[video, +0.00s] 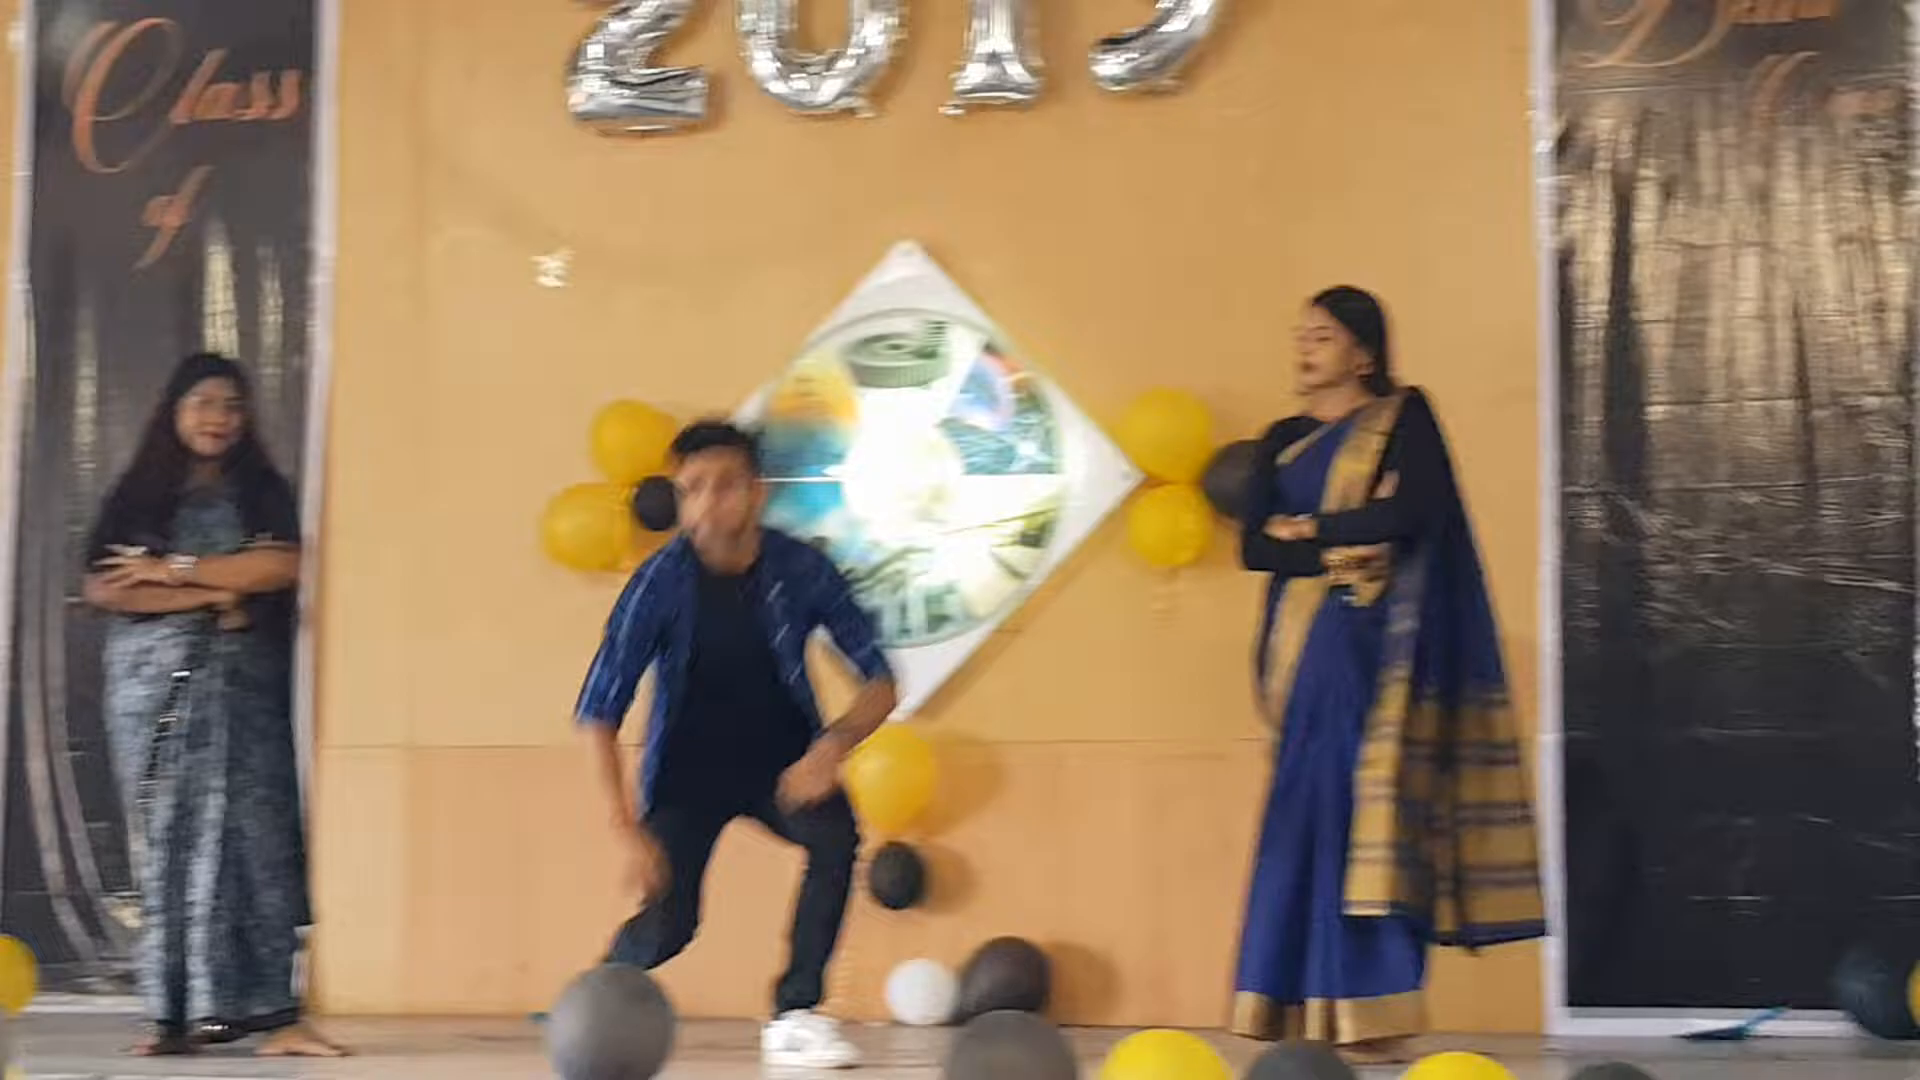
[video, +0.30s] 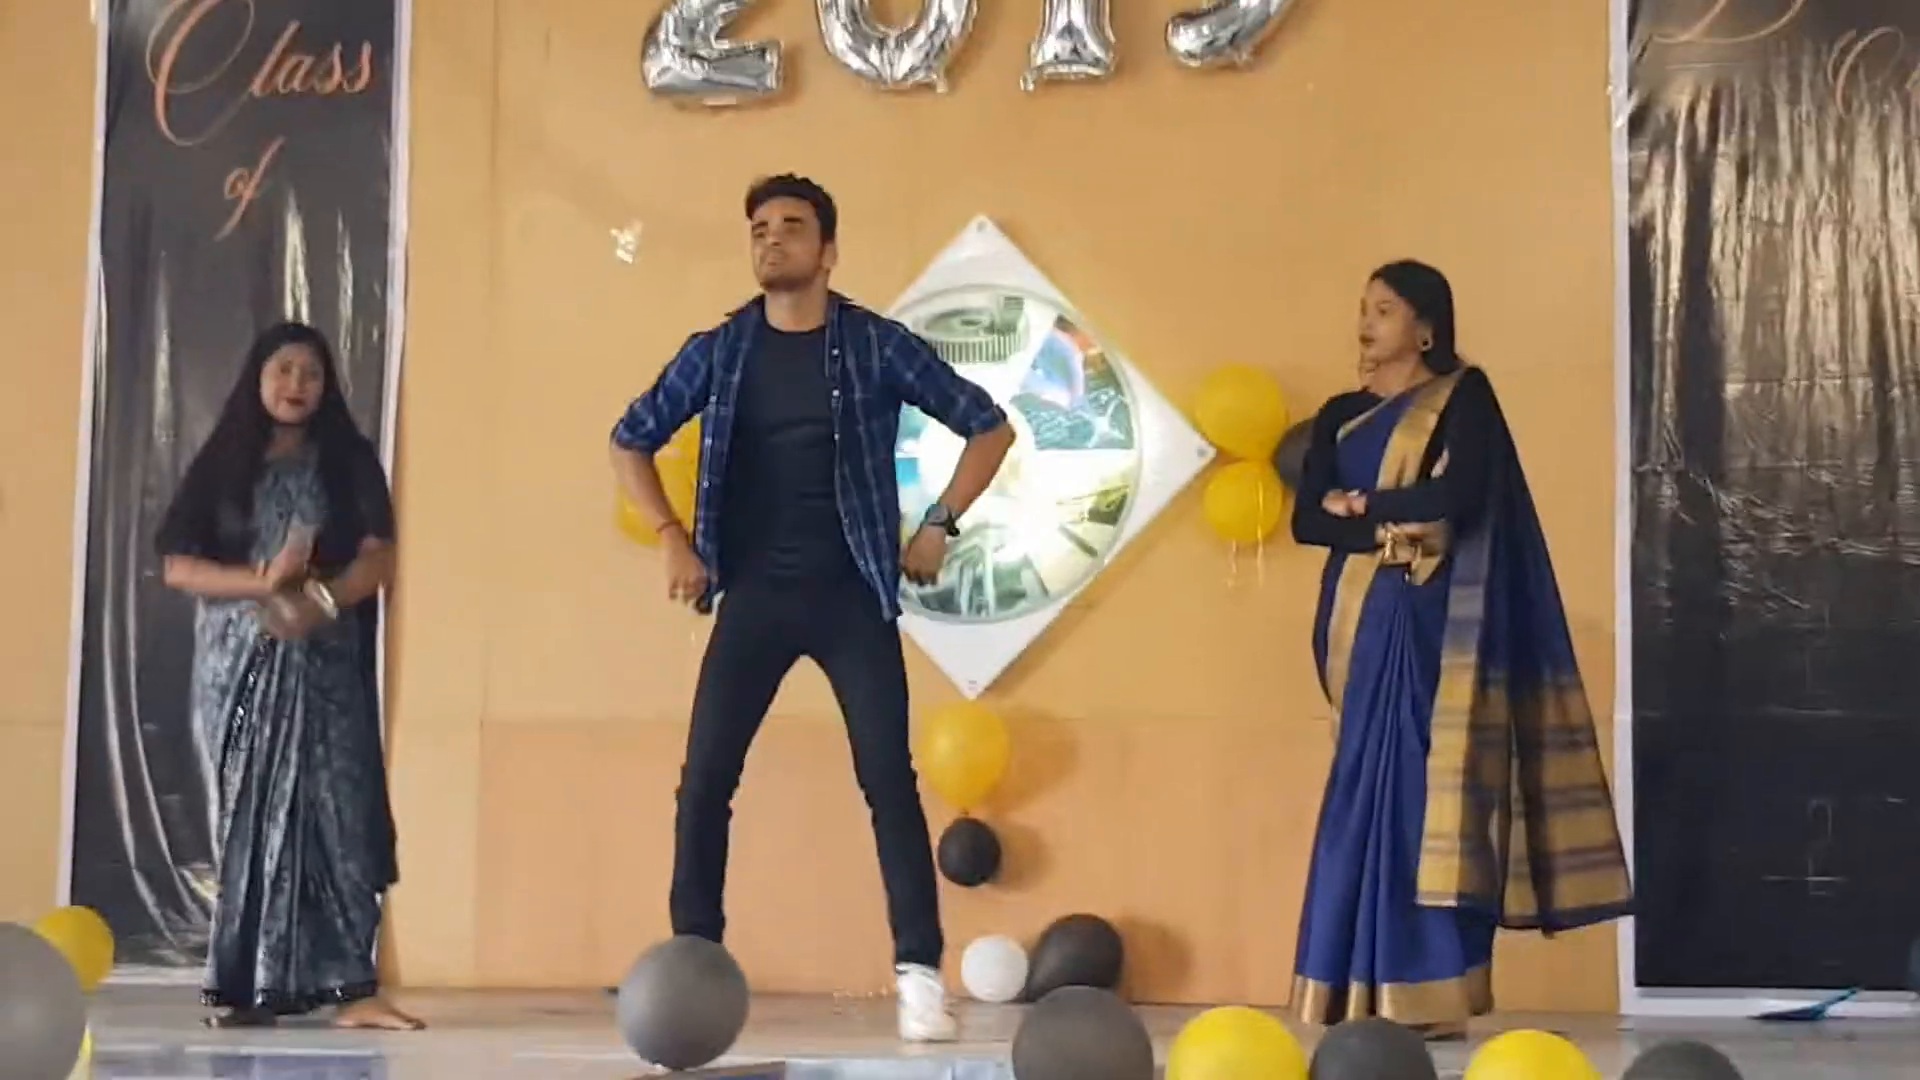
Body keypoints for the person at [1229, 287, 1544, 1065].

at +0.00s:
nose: (1305, 349)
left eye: (1320, 337)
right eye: (1301, 337)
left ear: (1362, 348)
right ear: (1299, 349)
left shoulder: (1402, 412)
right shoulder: (1284, 439)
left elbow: (1415, 513)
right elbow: (1253, 546)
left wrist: (1311, 528)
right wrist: (1325, 559)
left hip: (1384, 649)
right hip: (1304, 653)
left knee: (1363, 813)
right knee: (1307, 812)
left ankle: (1362, 1008)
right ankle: (1304, 1008)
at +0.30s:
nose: (1365, 324)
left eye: (1381, 312)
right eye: (1363, 311)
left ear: (1423, 325)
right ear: (1364, 321)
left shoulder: (1464, 391)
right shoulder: (1340, 415)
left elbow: (1460, 497)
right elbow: (1305, 521)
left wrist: (1361, 503)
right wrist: (1383, 532)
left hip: (1446, 630)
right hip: (1366, 635)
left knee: (1434, 799)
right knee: (1369, 797)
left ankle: (1434, 990)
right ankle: (1359, 990)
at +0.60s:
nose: (1346, 381)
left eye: (1361, 369)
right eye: (1345, 367)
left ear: (1402, 381)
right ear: (1346, 378)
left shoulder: (1442, 465)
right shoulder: (1314, 468)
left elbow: (1418, 565)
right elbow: (1253, 560)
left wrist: (1316, 542)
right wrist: (1347, 568)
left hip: (1412, 701)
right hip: (1328, 698)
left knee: (1408, 860)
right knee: (1320, 853)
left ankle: (1408, 1044)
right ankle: (1317, 1043)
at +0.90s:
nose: (1365, 652)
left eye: (1383, 641)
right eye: (1365, 637)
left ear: (1419, 658)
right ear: (1358, 645)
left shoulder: (1457, 743)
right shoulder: (1332, 736)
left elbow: (1476, 857)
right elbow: (1209, 741)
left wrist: (1459, 937)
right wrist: (1113, 696)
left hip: (1429, 950)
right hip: (1347, 948)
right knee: (1344, 1059)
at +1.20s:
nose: (1432, 790)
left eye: (1452, 782)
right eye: (1428, 781)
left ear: (1490, 809)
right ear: (1420, 801)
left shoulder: (1526, 885)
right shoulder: (1388, 881)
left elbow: (1564, 1006)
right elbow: (1286, 923)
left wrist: (1585, 1074)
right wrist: (1187, 922)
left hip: (1508, 1063)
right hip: (1410, 1063)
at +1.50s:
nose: (1448, 819)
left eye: (1466, 807)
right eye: (1449, 807)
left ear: (1507, 830)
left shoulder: (1557, 913)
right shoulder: (1422, 913)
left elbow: (1591, 1053)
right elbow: (1341, 993)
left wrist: (1517, 1066)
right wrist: (1257, 1020)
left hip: (1506, 1075)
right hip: (1428, 1069)